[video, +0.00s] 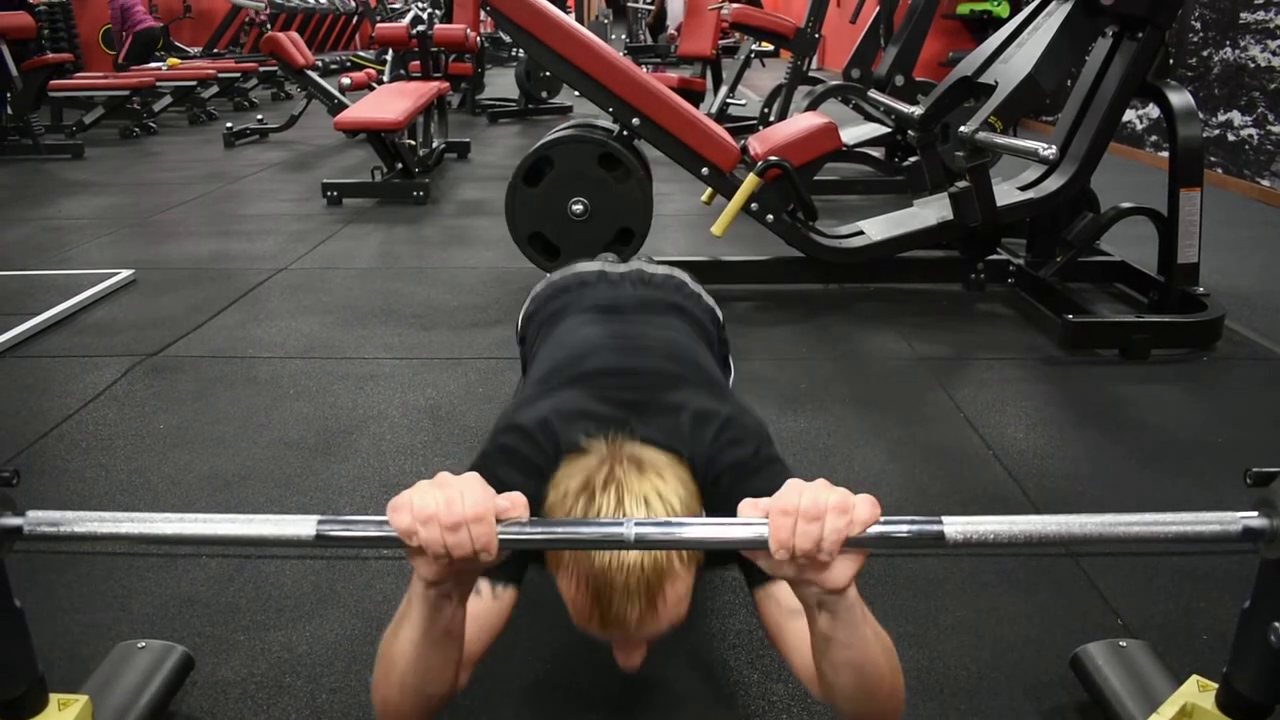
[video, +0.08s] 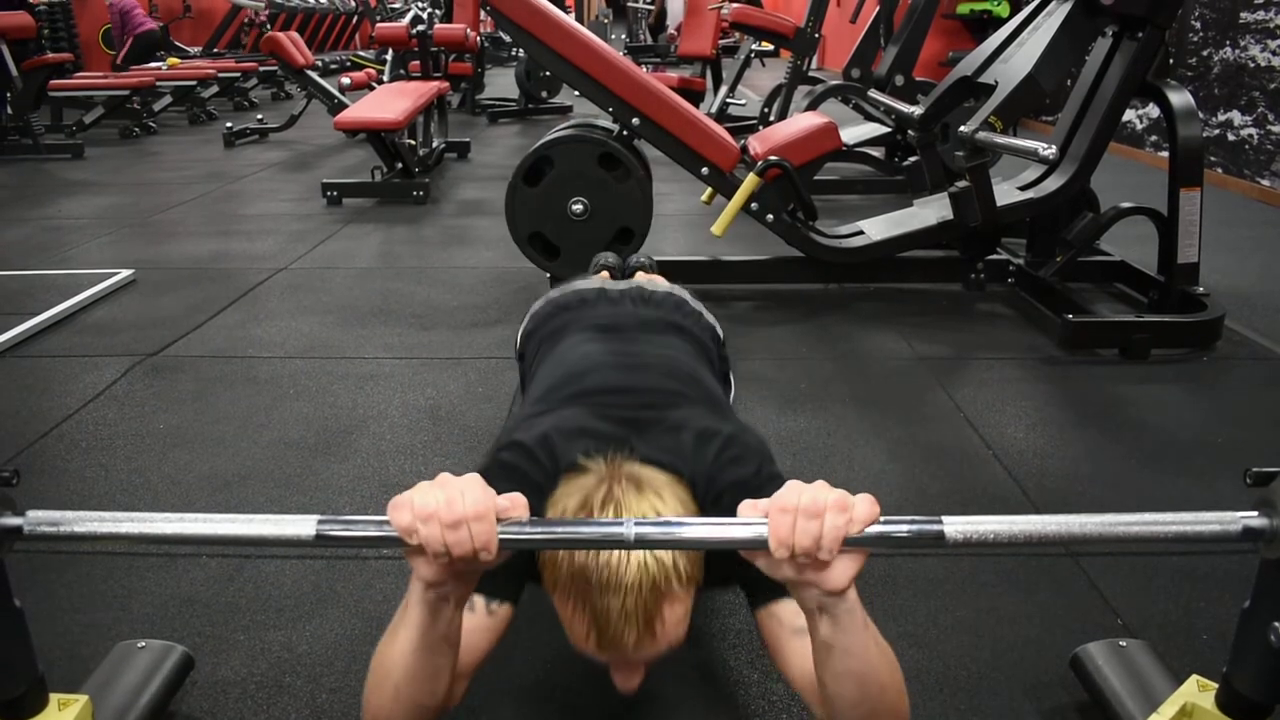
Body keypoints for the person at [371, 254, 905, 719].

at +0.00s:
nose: (629, 661)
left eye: (657, 630)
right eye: (600, 633)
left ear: (696, 550)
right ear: (553, 558)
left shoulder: (744, 475)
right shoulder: (511, 477)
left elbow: (872, 705)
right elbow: (403, 703)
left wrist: (832, 598)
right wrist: (438, 583)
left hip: (681, 292)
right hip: (558, 294)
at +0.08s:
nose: (627, 685)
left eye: (655, 658)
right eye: (599, 658)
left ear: (694, 576)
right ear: (550, 582)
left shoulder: (747, 501)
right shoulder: (511, 502)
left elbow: (866, 710)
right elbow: (401, 707)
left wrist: (834, 602)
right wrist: (434, 588)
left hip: (681, 309)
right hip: (555, 310)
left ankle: (647, 274)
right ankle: (596, 275)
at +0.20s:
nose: (628, 716)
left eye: (656, 687)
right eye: (599, 689)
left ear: (693, 599)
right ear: (554, 614)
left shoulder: (750, 528)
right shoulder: (511, 527)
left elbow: (856, 711)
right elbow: (401, 710)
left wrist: (833, 606)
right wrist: (432, 594)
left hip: (682, 340)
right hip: (559, 338)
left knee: (655, 299)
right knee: (587, 299)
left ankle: (641, 278)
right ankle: (597, 279)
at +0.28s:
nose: (631, 715)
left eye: (662, 697)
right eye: (600, 702)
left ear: (694, 611)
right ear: (558, 619)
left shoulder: (750, 535)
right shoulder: (509, 537)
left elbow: (846, 706)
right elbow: (411, 706)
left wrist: (833, 608)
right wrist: (434, 597)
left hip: (680, 352)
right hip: (561, 348)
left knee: (657, 308)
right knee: (582, 306)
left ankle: (640, 285)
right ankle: (597, 285)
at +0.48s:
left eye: (666, 711)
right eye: (593, 715)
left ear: (693, 660)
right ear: (552, 673)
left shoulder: (752, 582)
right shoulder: (503, 577)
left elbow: (847, 708)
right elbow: (418, 708)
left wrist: (835, 613)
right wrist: (431, 601)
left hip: (685, 390)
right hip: (558, 389)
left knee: (655, 329)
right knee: (585, 329)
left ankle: (637, 294)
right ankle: (602, 290)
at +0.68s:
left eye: (665, 715)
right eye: (583, 715)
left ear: (696, 672)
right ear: (544, 687)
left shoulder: (746, 601)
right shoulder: (501, 595)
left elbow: (846, 711)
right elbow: (415, 710)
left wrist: (834, 615)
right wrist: (430, 606)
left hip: (680, 412)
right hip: (553, 412)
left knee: (657, 349)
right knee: (583, 347)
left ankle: (638, 306)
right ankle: (605, 304)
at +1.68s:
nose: (641, 341)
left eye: (667, 311)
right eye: (613, 311)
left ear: (704, 253)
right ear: (574, 258)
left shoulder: (745, 226)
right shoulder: (533, 229)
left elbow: (815, 349)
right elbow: (453, 353)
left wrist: (819, 469)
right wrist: (448, 470)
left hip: (668, 151)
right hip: (554, 151)